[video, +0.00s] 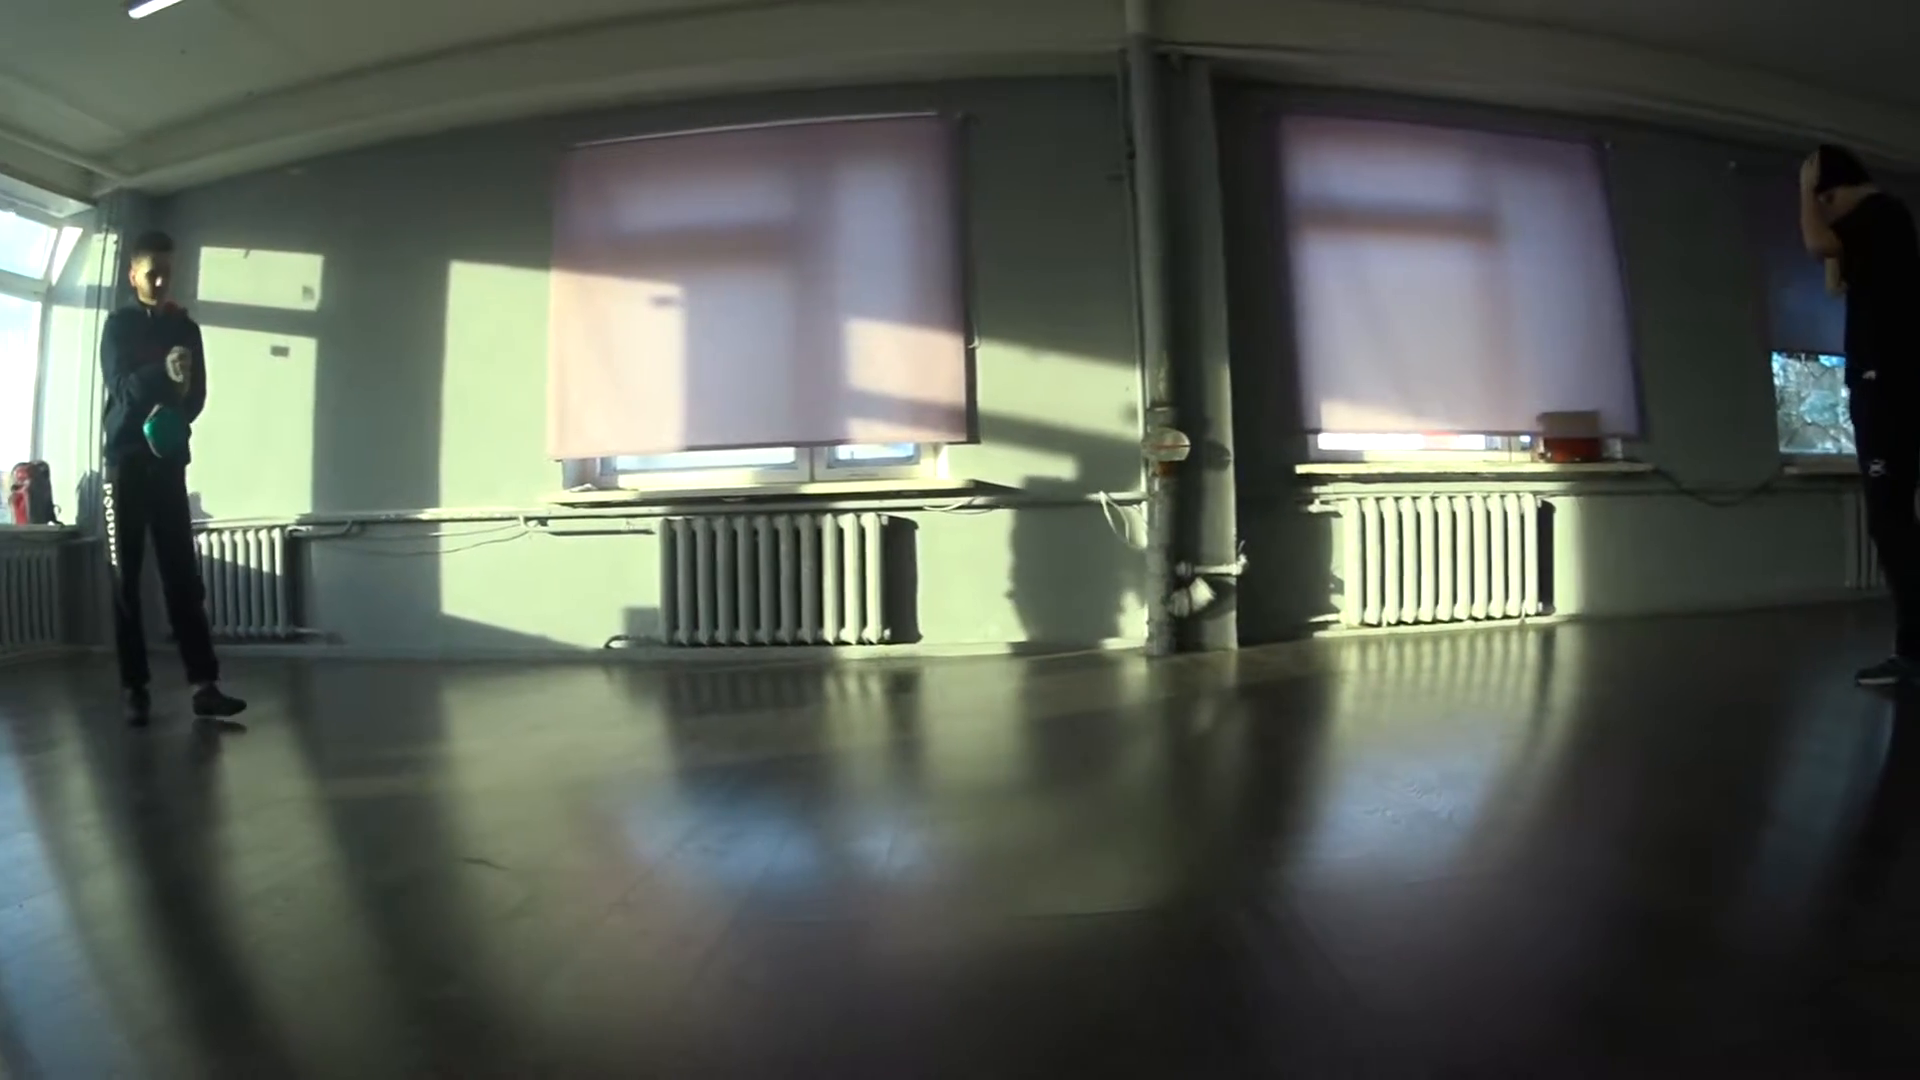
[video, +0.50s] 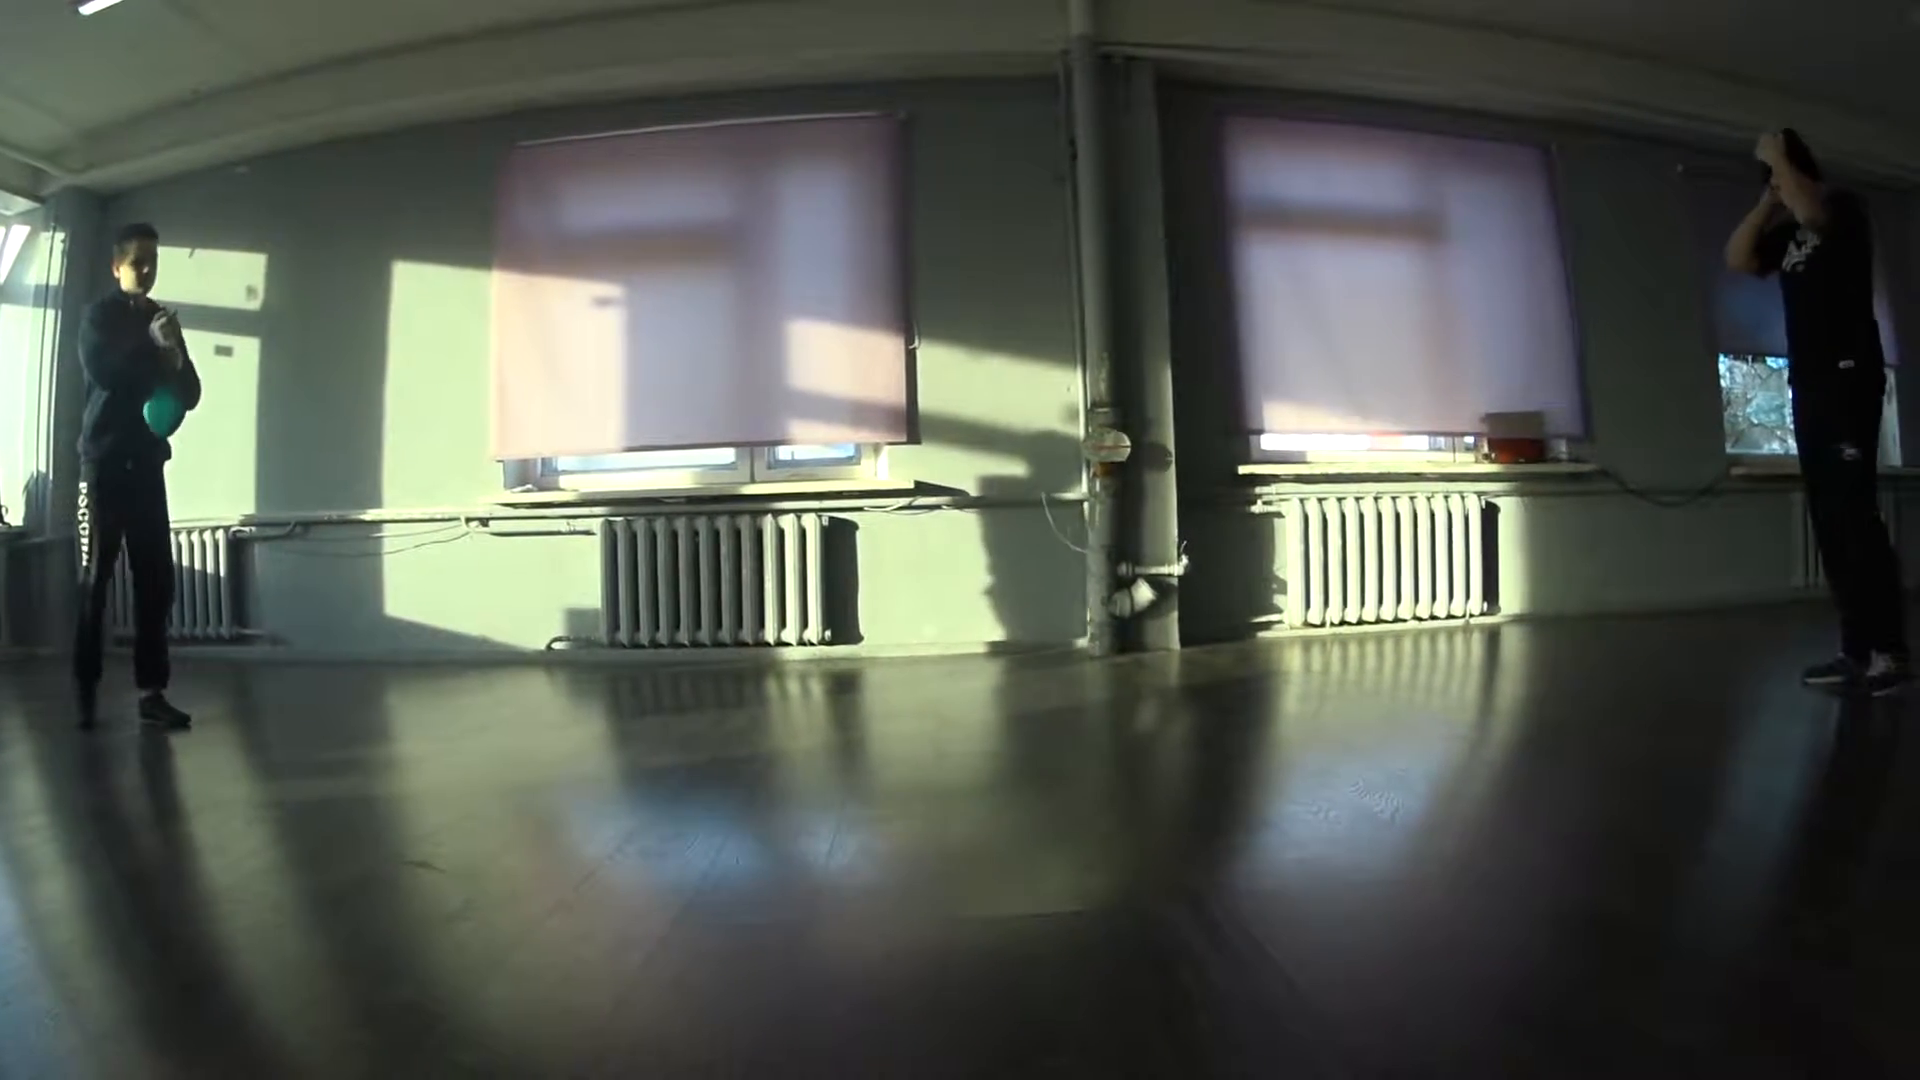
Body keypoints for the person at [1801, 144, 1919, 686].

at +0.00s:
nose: (1820, 207)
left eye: (1820, 195)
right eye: (1818, 197)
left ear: (1833, 190)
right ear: (1857, 181)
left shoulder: (1874, 217)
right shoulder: (1876, 219)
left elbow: (1816, 242)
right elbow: (1837, 280)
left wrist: (1808, 190)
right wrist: (1818, 206)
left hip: (1887, 398)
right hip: (1886, 397)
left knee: (1892, 527)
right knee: (1892, 526)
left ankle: (1910, 655)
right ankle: (1908, 653)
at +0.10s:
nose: (1784, 196)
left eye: (1785, 184)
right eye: (1781, 187)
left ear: (1802, 183)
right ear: (1820, 175)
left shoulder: (1849, 213)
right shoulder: (1833, 225)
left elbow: (1793, 240)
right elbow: (1795, 283)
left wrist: (1777, 190)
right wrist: (1793, 225)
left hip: (1861, 386)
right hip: (1842, 387)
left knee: (1861, 519)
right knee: (1858, 520)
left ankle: (1885, 655)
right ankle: (1880, 655)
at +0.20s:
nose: (1769, 196)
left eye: (1771, 184)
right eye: (1764, 186)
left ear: (1791, 183)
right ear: (1801, 185)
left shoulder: (1841, 215)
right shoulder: (1816, 238)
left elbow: (1785, 229)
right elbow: (1766, 280)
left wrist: (1765, 185)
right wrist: (1770, 223)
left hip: (1847, 386)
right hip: (1823, 389)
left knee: (1845, 518)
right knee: (1838, 520)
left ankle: (1910, 624)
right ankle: (1864, 653)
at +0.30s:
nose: (1768, 199)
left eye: (1771, 189)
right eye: (1763, 191)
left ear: (1788, 183)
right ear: (1801, 180)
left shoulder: (1841, 214)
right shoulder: (1798, 240)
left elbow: (1793, 226)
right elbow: (1750, 272)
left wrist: (1767, 179)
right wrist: (1768, 213)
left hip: (1848, 386)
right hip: (1816, 390)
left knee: (1843, 519)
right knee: (1835, 522)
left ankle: (1913, 623)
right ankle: (1860, 654)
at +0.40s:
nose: (1769, 194)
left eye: (1773, 183)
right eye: (1765, 187)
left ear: (1790, 177)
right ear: (1793, 179)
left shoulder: (1842, 213)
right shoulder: (1787, 239)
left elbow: (1803, 221)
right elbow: (1742, 266)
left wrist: (1774, 170)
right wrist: (1769, 203)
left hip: (1851, 379)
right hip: (1812, 384)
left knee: (1845, 513)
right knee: (1832, 517)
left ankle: (1909, 628)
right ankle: (1860, 654)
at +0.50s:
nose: (1776, 185)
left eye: (1782, 175)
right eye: (1772, 178)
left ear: (1805, 172)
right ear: (1780, 181)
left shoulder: (1845, 216)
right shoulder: (1786, 237)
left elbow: (1809, 211)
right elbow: (1738, 259)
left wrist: (1779, 161)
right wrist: (1767, 199)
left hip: (1852, 383)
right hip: (1811, 387)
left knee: (1855, 516)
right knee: (1829, 519)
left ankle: (1888, 650)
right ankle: (1855, 652)